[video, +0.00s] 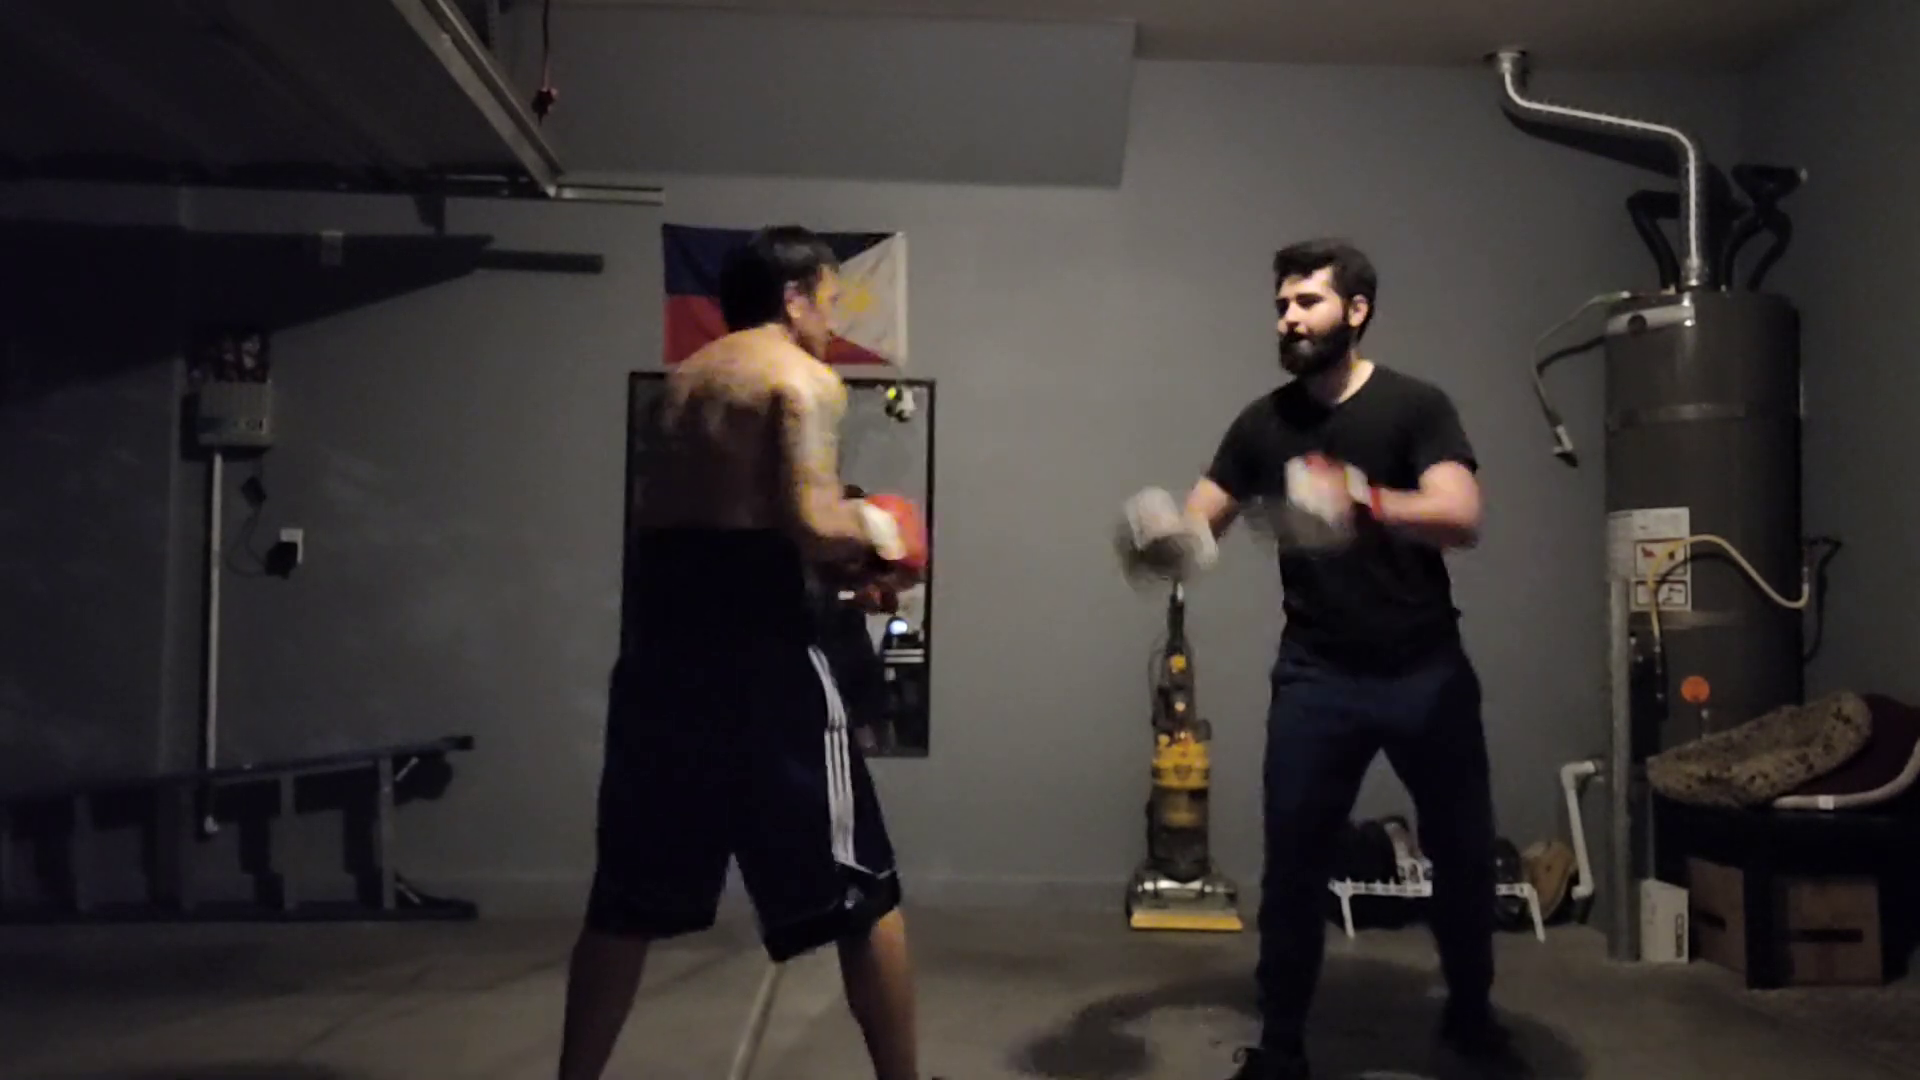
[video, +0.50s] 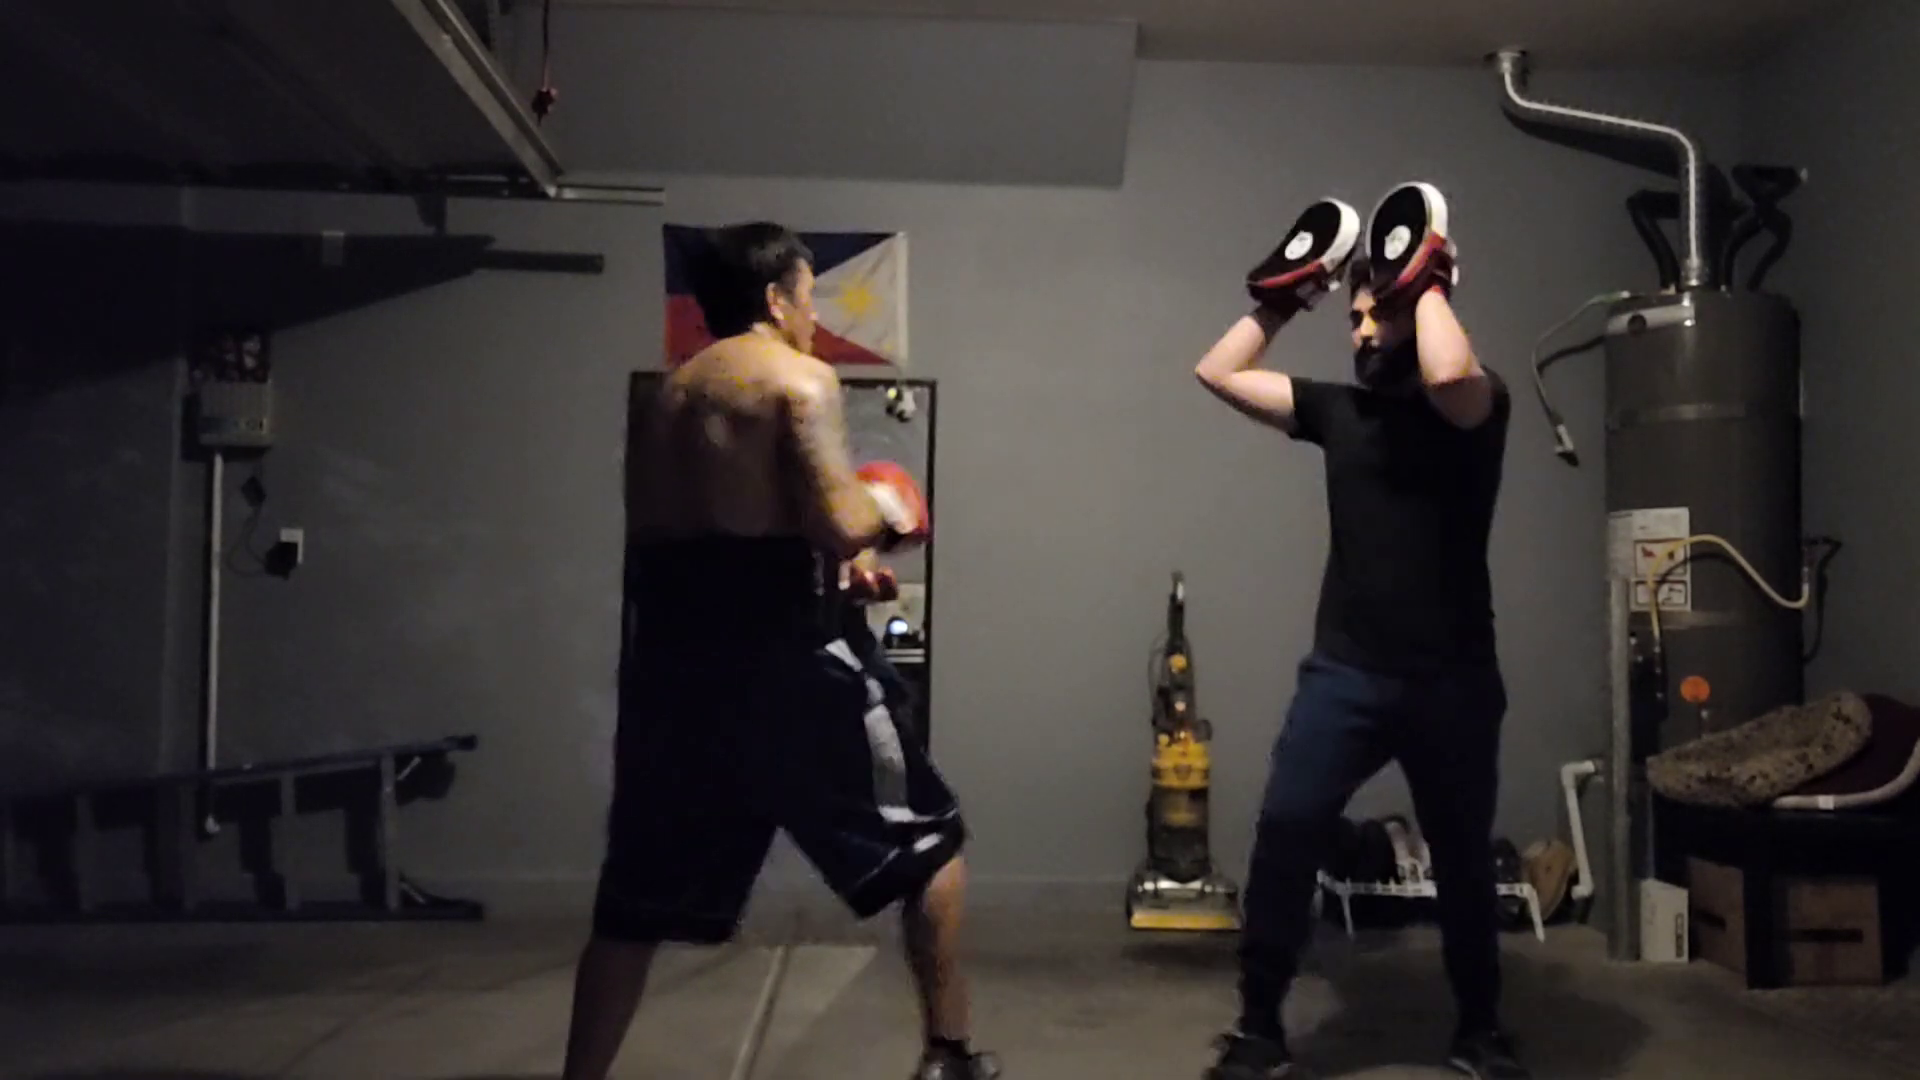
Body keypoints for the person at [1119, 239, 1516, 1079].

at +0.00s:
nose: (1291, 316)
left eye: (1308, 301)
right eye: (1283, 304)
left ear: (1357, 311)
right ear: (1278, 317)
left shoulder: (1417, 407)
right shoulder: (1264, 424)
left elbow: (1461, 516)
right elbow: (1198, 524)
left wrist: (1363, 497)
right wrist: (1163, 540)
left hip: (1425, 677)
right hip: (1316, 679)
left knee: (1464, 858)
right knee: (1292, 864)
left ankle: (1469, 1023)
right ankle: (1280, 1044)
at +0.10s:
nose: (1306, 316)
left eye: (1323, 301)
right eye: (1297, 306)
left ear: (1371, 309)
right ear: (1290, 318)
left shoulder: (1420, 393)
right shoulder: (1277, 413)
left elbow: (1444, 469)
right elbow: (1176, 486)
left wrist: (1349, 400)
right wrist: (1149, 436)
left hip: (1426, 673)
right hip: (1319, 676)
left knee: (1463, 861)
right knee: (1294, 870)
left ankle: (1480, 1025)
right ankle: (1279, 1045)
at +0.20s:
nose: (1337, 320)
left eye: (1354, 303)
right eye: (1327, 309)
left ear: (1394, 310)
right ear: (1317, 323)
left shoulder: (1445, 392)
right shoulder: (1296, 411)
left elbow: (1435, 419)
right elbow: (1179, 431)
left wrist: (1376, 331)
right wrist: (1185, 353)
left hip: (1435, 673)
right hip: (1330, 676)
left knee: (1461, 864)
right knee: (1299, 860)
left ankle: (1480, 1034)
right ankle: (1281, 1043)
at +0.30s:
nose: (1345, 323)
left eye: (1359, 309)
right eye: (1339, 311)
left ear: (1400, 317)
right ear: (1333, 325)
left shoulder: (1460, 401)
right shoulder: (1324, 410)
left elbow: (1435, 390)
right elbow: (1199, 391)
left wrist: (1404, 295)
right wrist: (1238, 307)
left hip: (1446, 676)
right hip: (1341, 675)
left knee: (1463, 867)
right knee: (1299, 856)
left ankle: (1478, 1031)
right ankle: (1280, 1039)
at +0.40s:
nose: (1358, 328)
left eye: (1373, 314)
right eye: (1352, 315)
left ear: (1417, 315)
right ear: (1347, 327)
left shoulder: (1469, 406)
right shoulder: (1339, 411)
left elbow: (1444, 379)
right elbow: (1222, 377)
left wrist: (1418, 282)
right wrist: (1276, 295)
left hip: (1451, 678)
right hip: (1347, 674)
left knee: (1465, 866)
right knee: (1294, 844)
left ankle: (1479, 1032)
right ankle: (1277, 1037)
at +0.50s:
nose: (1364, 328)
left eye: (1381, 311)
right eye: (1354, 315)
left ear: (1420, 316)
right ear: (1346, 325)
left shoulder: (1473, 402)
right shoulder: (1337, 407)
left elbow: (1450, 374)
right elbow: (1219, 372)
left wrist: (1426, 282)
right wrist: (1279, 297)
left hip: (1451, 676)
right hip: (1345, 671)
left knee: (1463, 862)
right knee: (1284, 829)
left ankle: (1478, 1032)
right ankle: (1259, 1028)